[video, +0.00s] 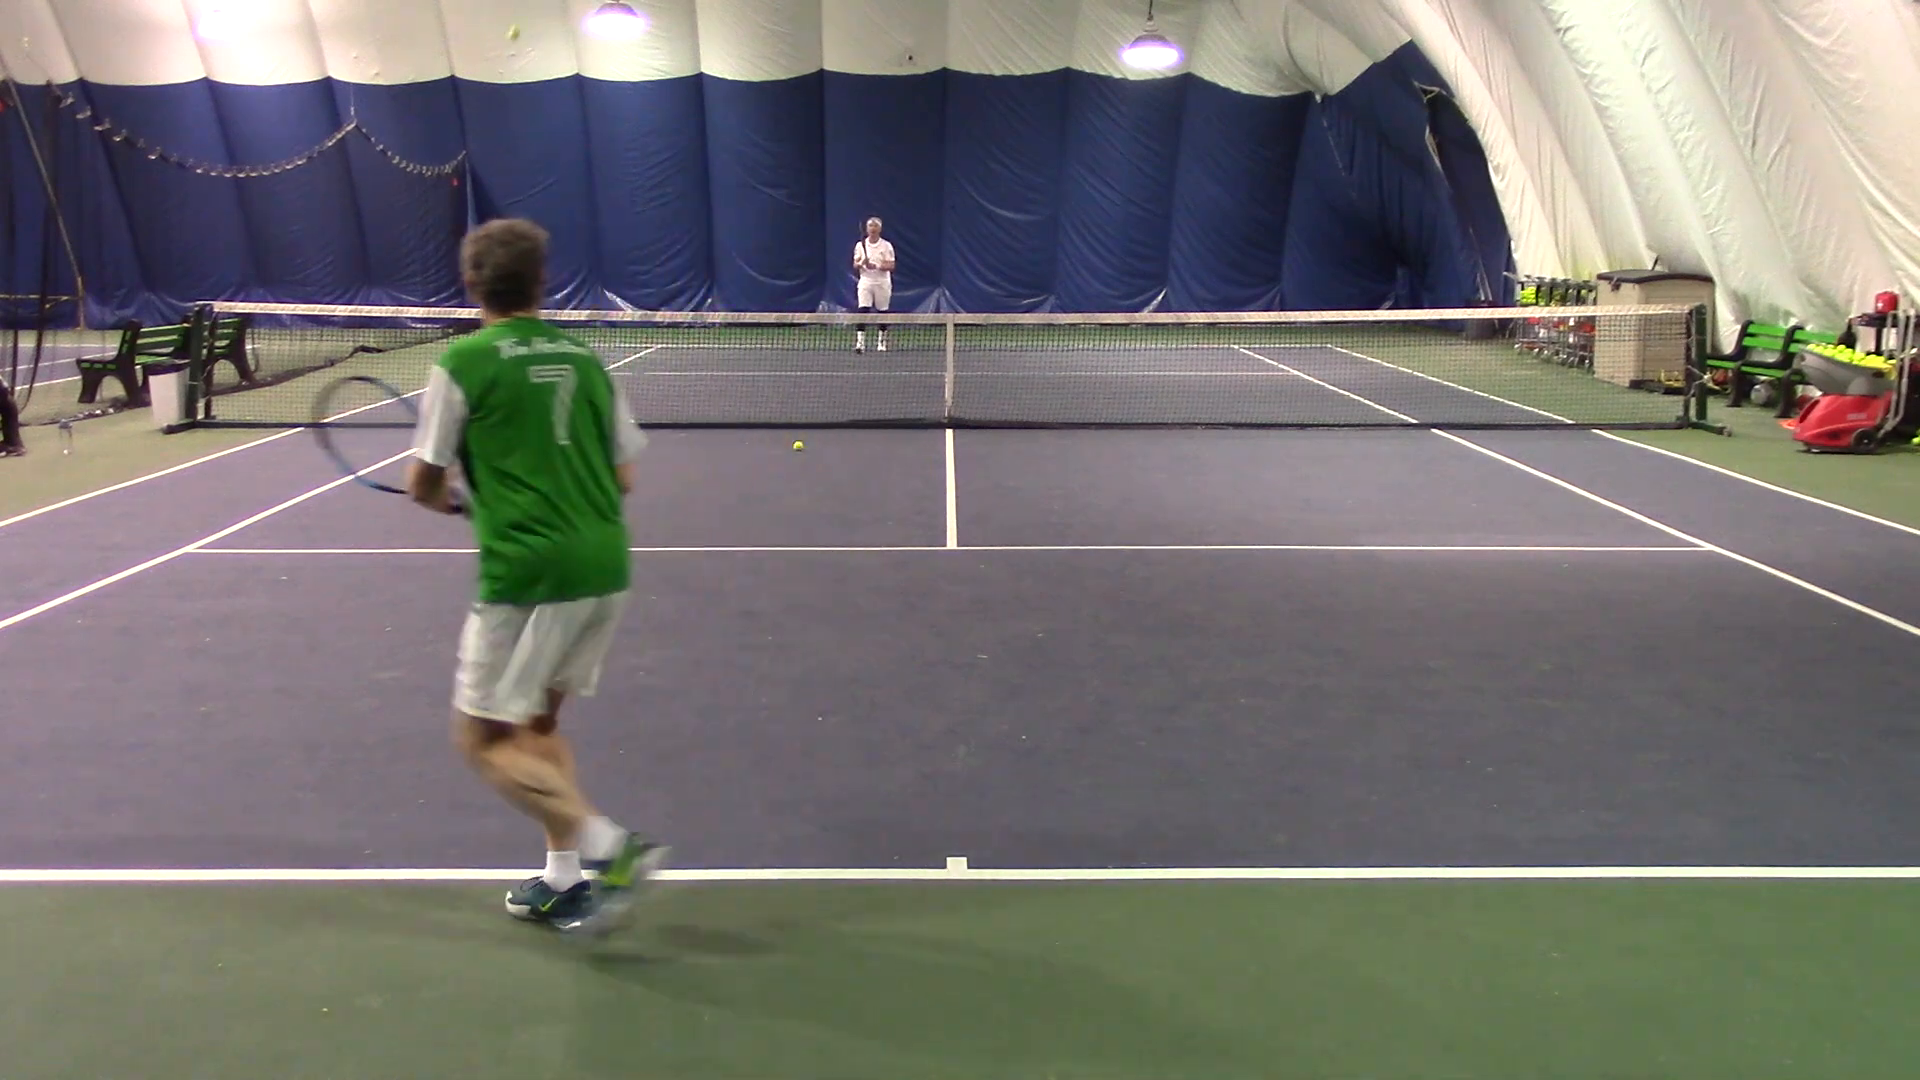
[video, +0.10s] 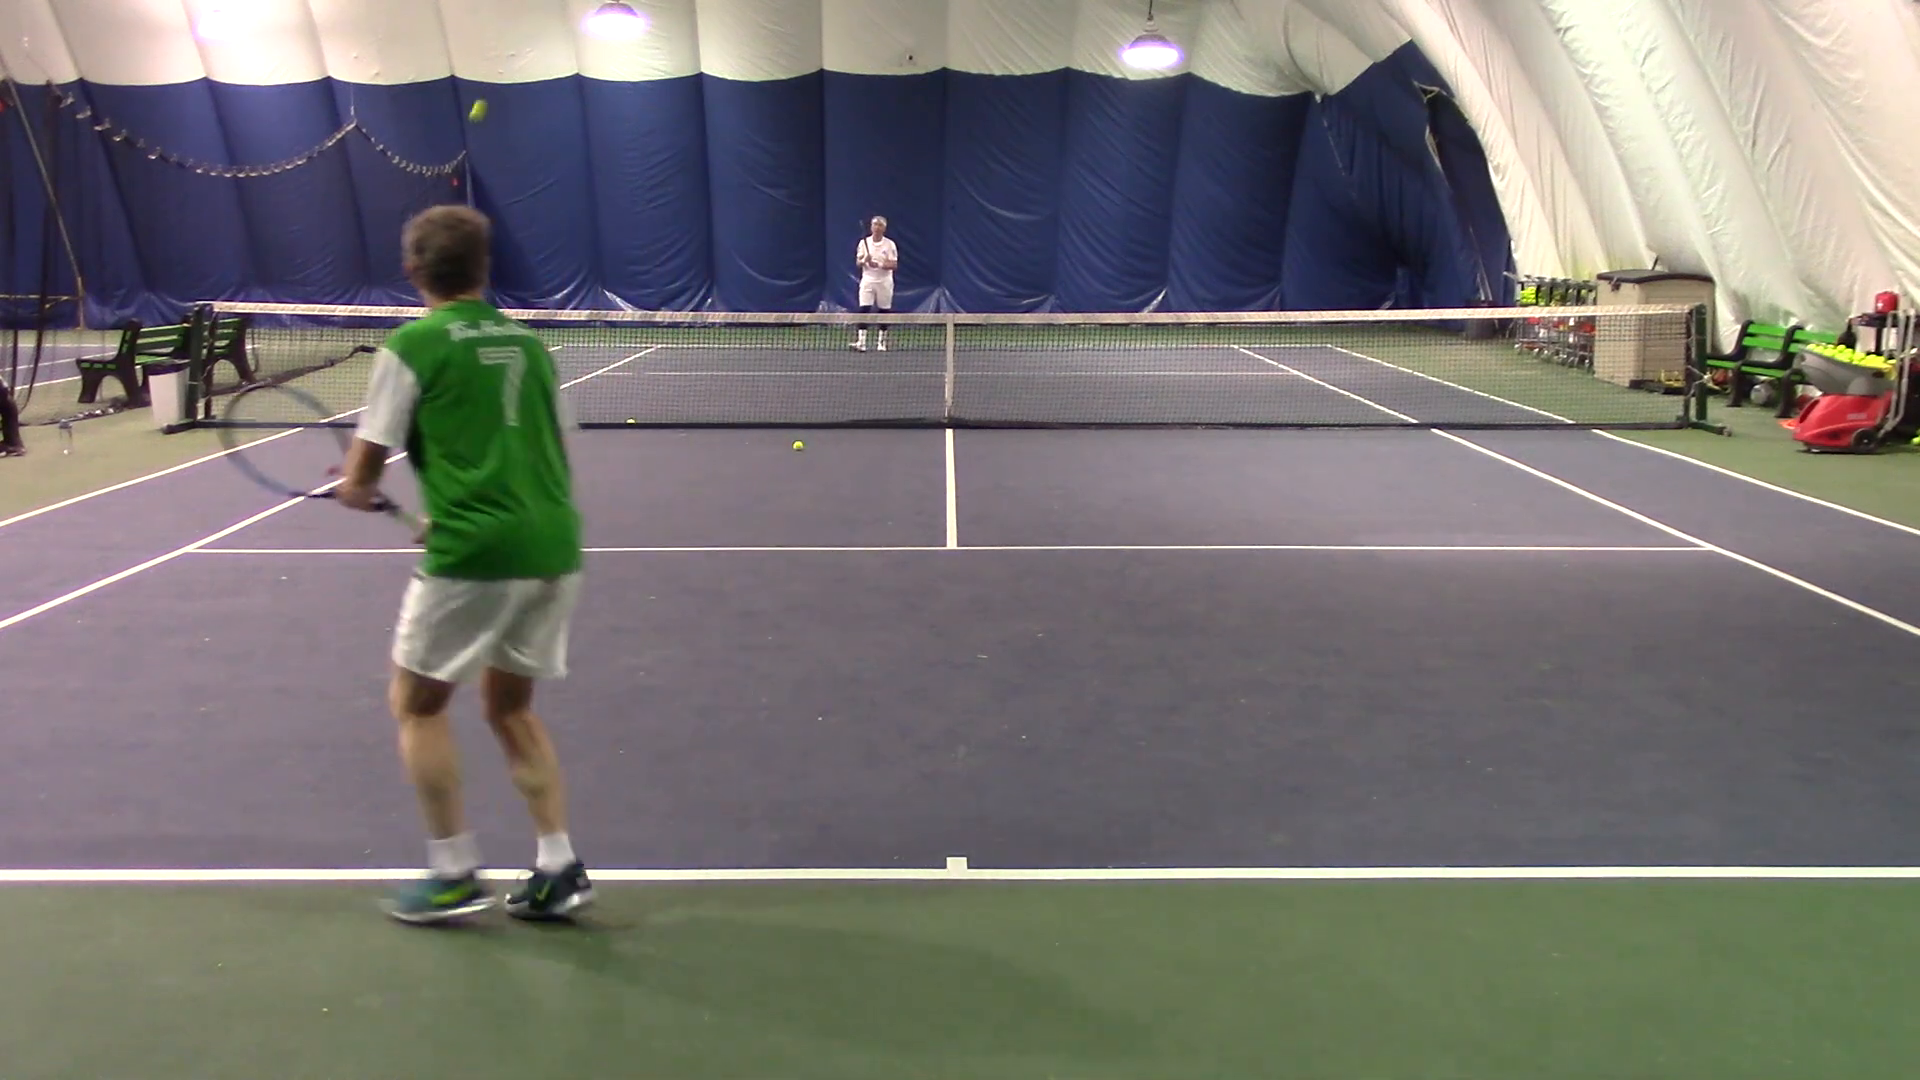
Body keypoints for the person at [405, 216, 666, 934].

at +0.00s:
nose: (464, 288)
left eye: (466, 278)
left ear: (474, 288)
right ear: (541, 283)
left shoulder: (462, 363)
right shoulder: (584, 360)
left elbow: (424, 484)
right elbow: (623, 477)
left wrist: (458, 497)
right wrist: (539, 482)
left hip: (524, 572)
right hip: (603, 565)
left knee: (482, 738)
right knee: (541, 719)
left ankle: (609, 846)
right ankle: (563, 878)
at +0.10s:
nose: (406, 272)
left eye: (408, 263)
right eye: (409, 262)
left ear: (418, 271)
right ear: (485, 269)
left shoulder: (413, 345)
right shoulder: (528, 342)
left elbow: (365, 464)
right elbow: (544, 453)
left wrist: (357, 488)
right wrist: (449, 510)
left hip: (470, 553)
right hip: (554, 548)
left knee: (418, 702)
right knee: (510, 703)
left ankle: (453, 870)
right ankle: (559, 863)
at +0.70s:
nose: (150, 275)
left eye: (152, 267)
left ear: (159, 274)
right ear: (227, 270)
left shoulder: (159, 346)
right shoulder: (269, 337)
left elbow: (120, 469)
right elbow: (223, 455)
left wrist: (54, 465)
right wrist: (125, 486)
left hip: (210, 548)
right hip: (294, 536)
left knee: (154, 709)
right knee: (276, 678)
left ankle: (155, 881)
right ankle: (321, 823)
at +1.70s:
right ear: (55, 236)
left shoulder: (1, 308)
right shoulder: (102, 300)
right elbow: (207, 305)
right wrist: (292, 294)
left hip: (19, 525)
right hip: (96, 517)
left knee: (48, 689)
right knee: (82, 681)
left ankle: (113, 834)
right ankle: (76, 827)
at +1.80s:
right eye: (48, 227)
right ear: (55, 238)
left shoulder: (4, 306)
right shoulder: (101, 298)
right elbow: (220, 284)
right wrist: (324, 263)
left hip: (20, 529)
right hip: (94, 524)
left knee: (39, 692)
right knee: (82, 684)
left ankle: (92, 849)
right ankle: (71, 830)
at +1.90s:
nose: (54, 239)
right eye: (54, 229)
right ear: (53, 240)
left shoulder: (8, 306)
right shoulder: (98, 302)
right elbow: (217, 293)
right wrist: (327, 272)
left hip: (18, 533)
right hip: (96, 528)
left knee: (36, 696)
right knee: (81, 685)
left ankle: (76, 853)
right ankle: (74, 840)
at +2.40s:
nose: (90, 236)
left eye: (77, 224)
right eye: (87, 225)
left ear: (12, 245)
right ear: (80, 237)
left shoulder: (4, 321)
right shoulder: (129, 318)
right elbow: (245, 383)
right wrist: (345, 372)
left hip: (31, 552)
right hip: (134, 541)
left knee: (51, 729)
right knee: (170, 698)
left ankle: (70, 894)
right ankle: (208, 850)